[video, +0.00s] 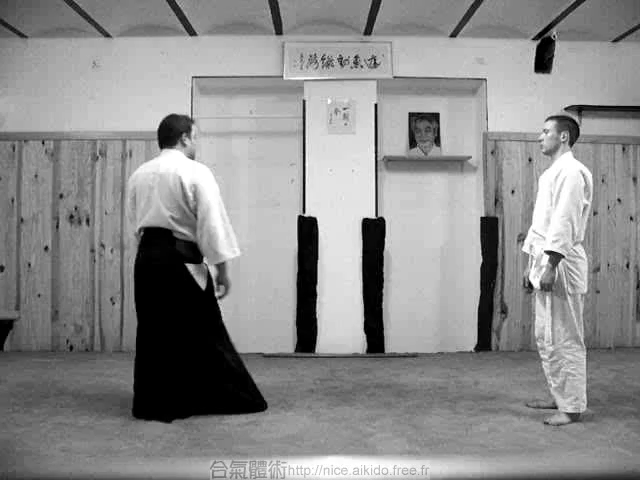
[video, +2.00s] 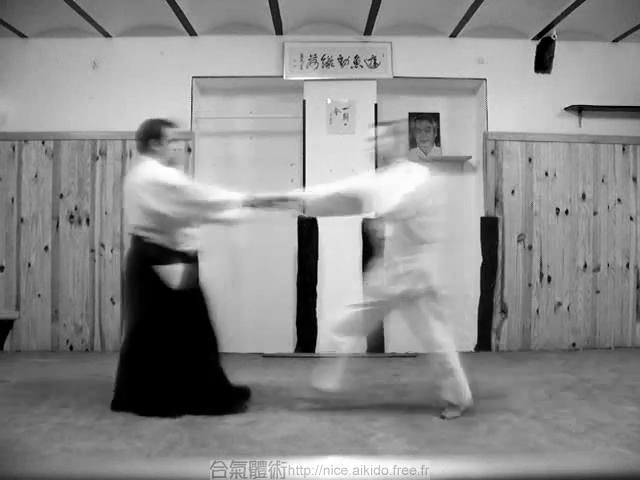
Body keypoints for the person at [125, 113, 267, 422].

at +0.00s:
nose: (196, 142)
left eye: (195, 136)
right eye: (194, 137)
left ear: (161, 140)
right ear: (185, 138)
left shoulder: (138, 174)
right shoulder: (195, 173)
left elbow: (136, 223)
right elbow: (212, 226)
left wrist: (151, 250)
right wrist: (221, 270)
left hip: (146, 259)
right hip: (182, 260)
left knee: (152, 332)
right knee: (203, 330)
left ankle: (152, 401)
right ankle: (240, 396)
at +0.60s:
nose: (184, 143)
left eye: (183, 136)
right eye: (181, 137)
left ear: (152, 140)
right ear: (166, 139)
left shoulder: (128, 174)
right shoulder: (178, 170)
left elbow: (126, 227)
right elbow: (213, 211)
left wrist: (136, 254)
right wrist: (244, 248)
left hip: (141, 257)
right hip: (175, 257)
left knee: (148, 331)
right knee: (195, 329)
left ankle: (151, 402)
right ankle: (226, 397)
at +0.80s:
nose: (192, 141)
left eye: (191, 135)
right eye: (188, 135)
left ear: (159, 140)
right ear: (174, 138)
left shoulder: (135, 174)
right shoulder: (186, 171)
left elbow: (136, 219)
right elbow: (226, 200)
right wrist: (272, 222)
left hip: (146, 258)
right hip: (181, 259)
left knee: (154, 332)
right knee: (201, 330)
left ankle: (153, 402)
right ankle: (225, 398)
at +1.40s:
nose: (225, 142)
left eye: (225, 136)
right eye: (223, 136)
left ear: (194, 137)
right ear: (211, 137)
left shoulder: (163, 169)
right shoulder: (218, 169)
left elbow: (153, 219)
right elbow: (264, 192)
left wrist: (161, 251)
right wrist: (314, 205)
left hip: (171, 255)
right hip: (206, 258)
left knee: (169, 329)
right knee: (216, 329)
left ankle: (161, 401)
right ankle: (221, 399)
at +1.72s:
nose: (220, 141)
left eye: (220, 135)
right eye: (216, 136)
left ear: (187, 139)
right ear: (200, 138)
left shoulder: (159, 169)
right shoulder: (205, 170)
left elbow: (158, 213)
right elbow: (250, 192)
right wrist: (302, 203)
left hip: (163, 251)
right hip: (194, 255)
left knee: (165, 324)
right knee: (210, 325)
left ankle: (152, 395)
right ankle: (218, 396)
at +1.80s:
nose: (207, 143)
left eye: (206, 137)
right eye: (203, 137)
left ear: (177, 140)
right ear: (190, 139)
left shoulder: (156, 171)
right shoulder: (193, 171)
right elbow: (240, 194)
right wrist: (293, 202)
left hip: (158, 252)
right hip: (187, 256)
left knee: (162, 325)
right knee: (210, 322)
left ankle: (150, 394)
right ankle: (217, 395)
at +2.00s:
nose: (179, 148)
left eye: (179, 142)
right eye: (173, 142)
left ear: (150, 145)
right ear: (155, 144)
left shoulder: (141, 172)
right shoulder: (157, 174)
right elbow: (199, 197)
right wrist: (246, 199)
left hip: (146, 256)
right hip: (165, 259)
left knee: (150, 330)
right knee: (191, 329)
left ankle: (138, 395)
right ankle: (210, 394)